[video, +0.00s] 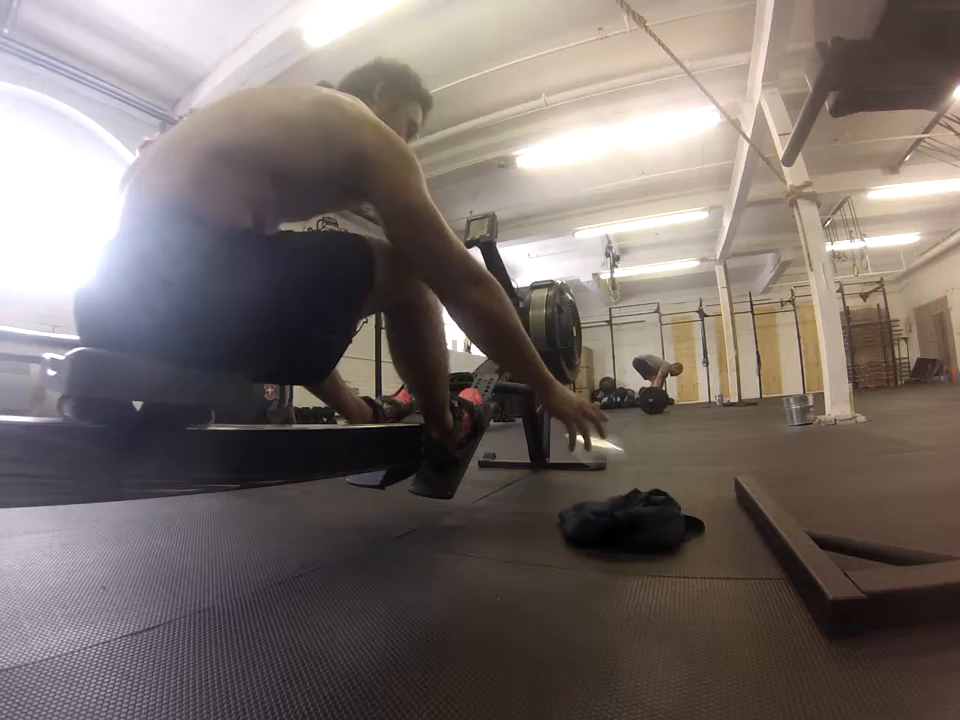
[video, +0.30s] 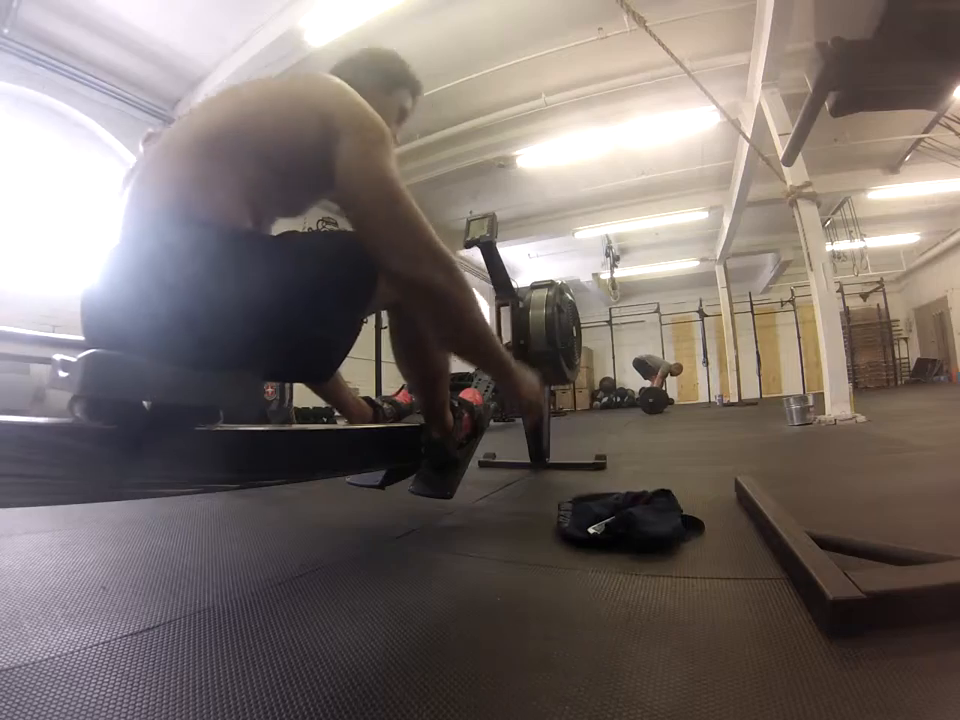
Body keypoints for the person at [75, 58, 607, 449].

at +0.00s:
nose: (413, 145)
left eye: (417, 133)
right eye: (412, 129)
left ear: (354, 92)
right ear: (387, 104)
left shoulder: (266, 118)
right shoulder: (375, 141)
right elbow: (462, 280)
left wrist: (352, 401)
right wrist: (548, 386)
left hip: (109, 298)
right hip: (196, 290)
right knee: (409, 273)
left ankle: (362, 422)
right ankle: (444, 441)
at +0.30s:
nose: (394, 138)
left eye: (402, 128)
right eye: (400, 120)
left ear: (340, 80)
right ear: (384, 95)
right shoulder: (350, 116)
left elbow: (259, 274)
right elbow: (425, 268)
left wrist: (349, 404)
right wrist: (508, 371)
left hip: (114, 310)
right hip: (198, 300)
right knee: (416, 275)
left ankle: (364, 414)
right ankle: (445, 432)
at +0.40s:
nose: (379, 128)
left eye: (386, 115)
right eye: (385, 108)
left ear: (331, 63)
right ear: (370, 83)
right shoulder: (327, 93)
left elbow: (255, 280)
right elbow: (393, 236)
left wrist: (351, 406)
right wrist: (502, 308)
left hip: (108, 303)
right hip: (184, 293)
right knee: (413, 272)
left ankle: (366, 413)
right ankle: (445, 432)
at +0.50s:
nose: (362, 115)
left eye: (370, 102)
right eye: (366, 93)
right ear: (342, 61)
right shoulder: (298, 66)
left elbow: (242, 279)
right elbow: (360, 178)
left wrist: (341, 401)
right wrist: (463, 218)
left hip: (100, 294)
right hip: (170, 279)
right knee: (401, 274)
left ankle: (359, 409)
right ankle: (442, 426)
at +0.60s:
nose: (342, 95)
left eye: (349, 86)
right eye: (346, 78)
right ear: (326, 50)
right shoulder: (277, 40)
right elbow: (392, 152)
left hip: (82, 293)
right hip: (163, 275)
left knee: (271, 312)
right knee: (397, 276)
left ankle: (363, 415)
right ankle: (444, 428)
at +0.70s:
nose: (311, 55)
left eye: (308, 41)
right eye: (305, 39)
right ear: (292, 16)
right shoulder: (253, 18)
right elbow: (403, 110)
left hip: (70, 293)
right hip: (154, 271)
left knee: (266, 305)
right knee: (389, 279)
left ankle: (360, 415)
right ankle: (445, 430)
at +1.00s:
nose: (262, 74)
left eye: (269, 69)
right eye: (266, 59)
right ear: (250, 18)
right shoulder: (200, 7)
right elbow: (366, 49)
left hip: (41, 259)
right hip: (119, 247)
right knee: (362, 296)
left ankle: (362, 421)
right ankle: (443, 430)